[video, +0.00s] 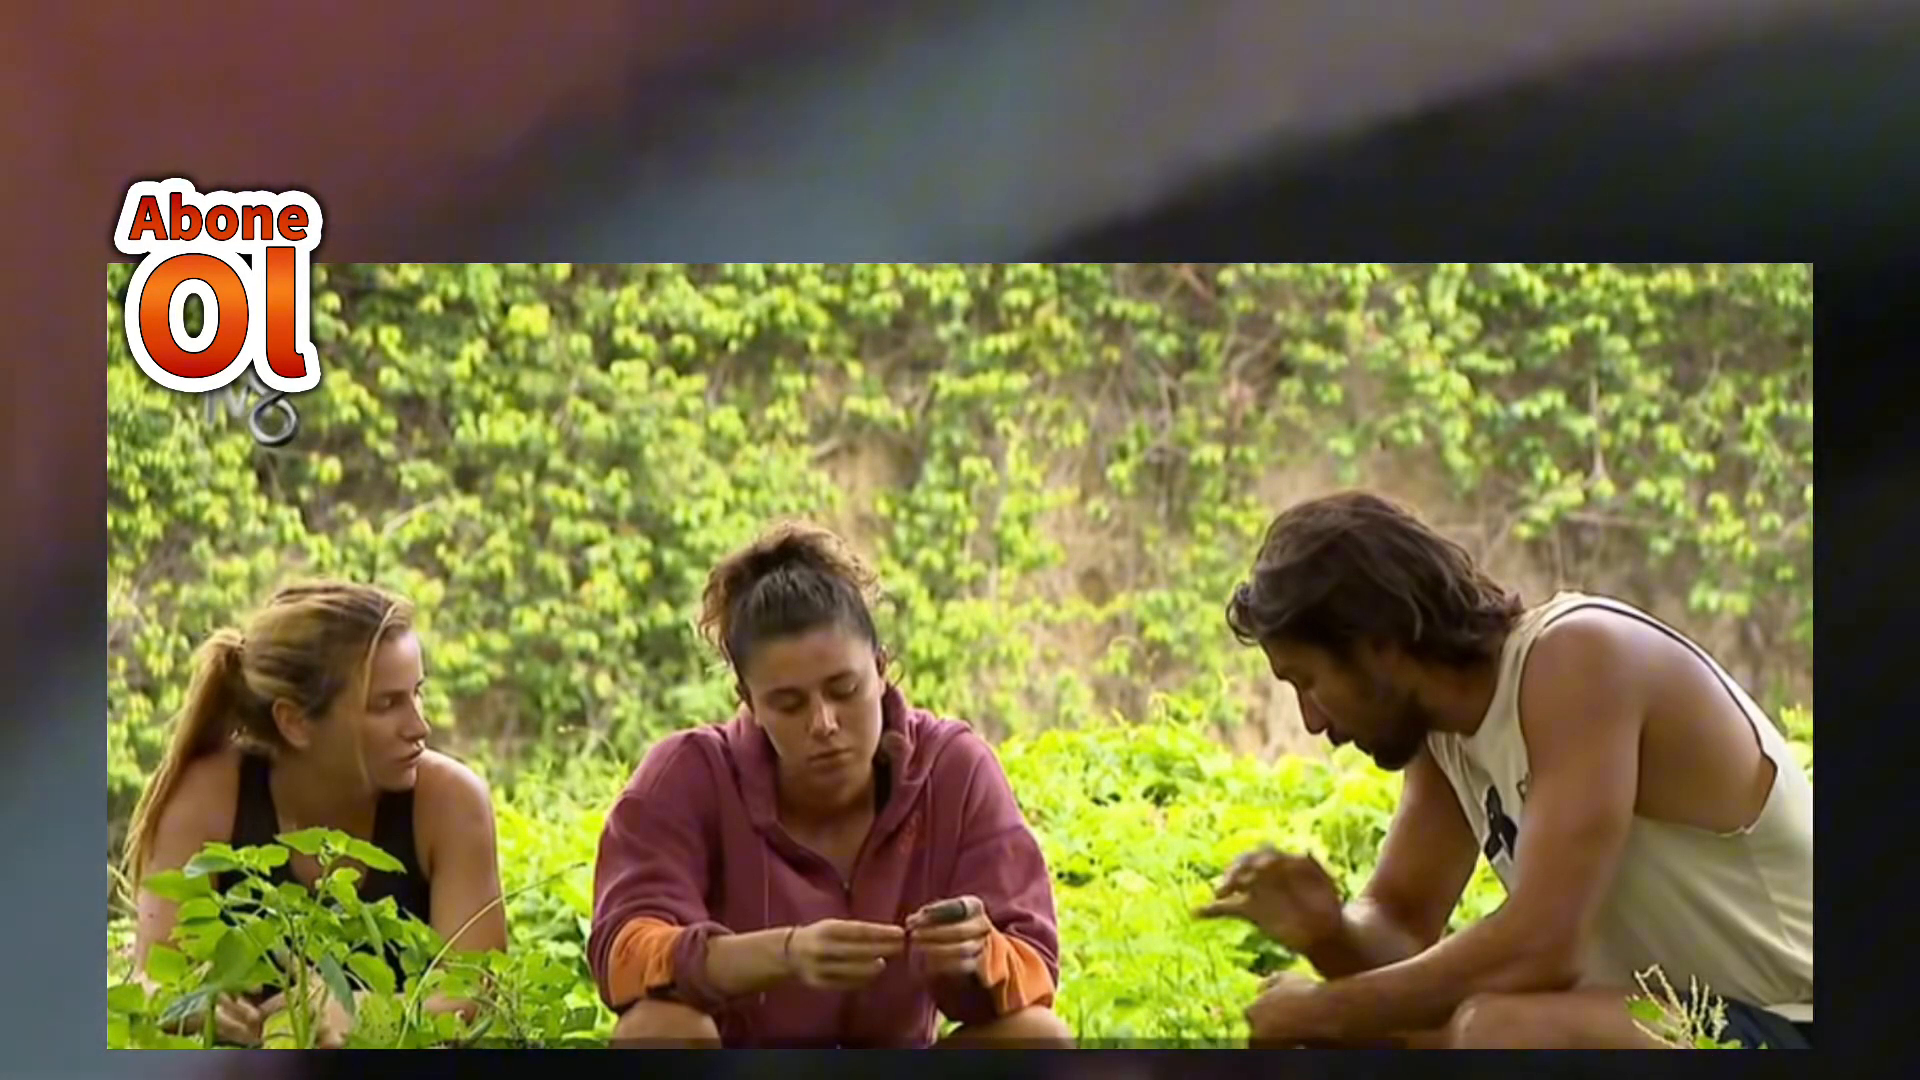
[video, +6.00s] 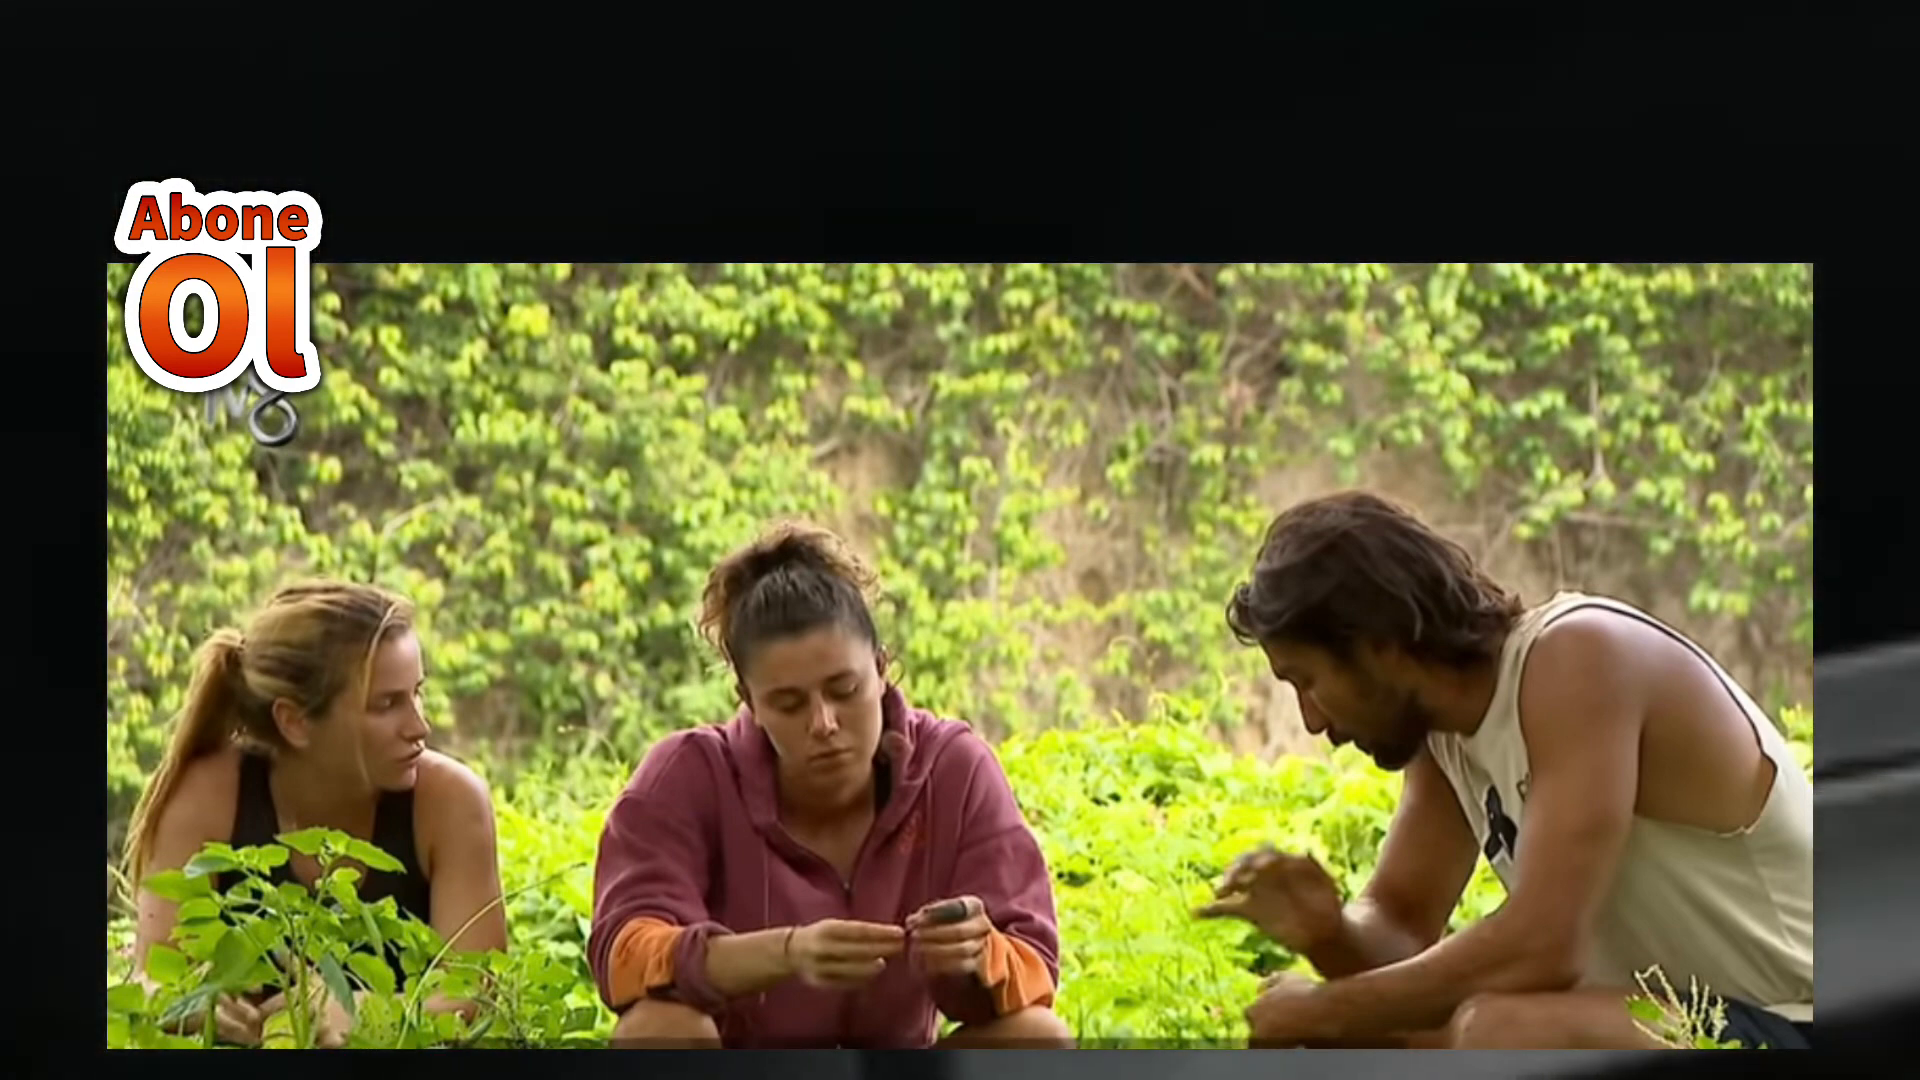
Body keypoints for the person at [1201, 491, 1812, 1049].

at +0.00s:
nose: (1311, 724)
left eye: (1306, 687)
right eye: (1296, 693)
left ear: (1382, 643)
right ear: (1382, 643)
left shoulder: (1585, 656)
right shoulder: (1450, 730)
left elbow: (1539, 951)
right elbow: (1403, 926)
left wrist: (1326, 1014)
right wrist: (1330, 932)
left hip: (1788, 1014)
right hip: (1658, 1001)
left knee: (1500, 1026)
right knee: (1387, 1026)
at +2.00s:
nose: (1311, 723)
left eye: (1306, 686)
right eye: (1295, 693)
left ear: (1383, 642)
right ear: (1383, 643)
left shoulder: (1584, 656)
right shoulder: (1450, 730)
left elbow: (1539, 950)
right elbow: (1403, 924)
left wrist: (1325, 1015)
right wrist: (1330, 933)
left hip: (1789, 1019)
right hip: (1658, 1003)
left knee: (1501, 1025)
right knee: (1379, 1026)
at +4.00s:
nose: (1312, 724)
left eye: (1306, 687)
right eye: (1296, 693)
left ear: (1383, 644)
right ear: (1383, 644)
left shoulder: (1584, 657)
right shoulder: (1450, 729)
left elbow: (1539, 950)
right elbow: (1403, 927)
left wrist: (1324, 1014)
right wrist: (1330, 932)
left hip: (1790, 1019)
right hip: (1653, 1003)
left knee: (1502, 1027)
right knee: (1377, 1029)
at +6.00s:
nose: (1310, 723)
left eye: (1305, 686)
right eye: (1295, 692)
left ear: (1385, 642)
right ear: (1385, 644)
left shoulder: (1584, 656)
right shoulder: (1451, 732)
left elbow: (1540, 950)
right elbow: (1402, 924)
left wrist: (1324, 1015)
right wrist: (1330, 934)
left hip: (1791, 1012)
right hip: (1656, 1001)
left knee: (1501, 1024)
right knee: (1382, 1027)